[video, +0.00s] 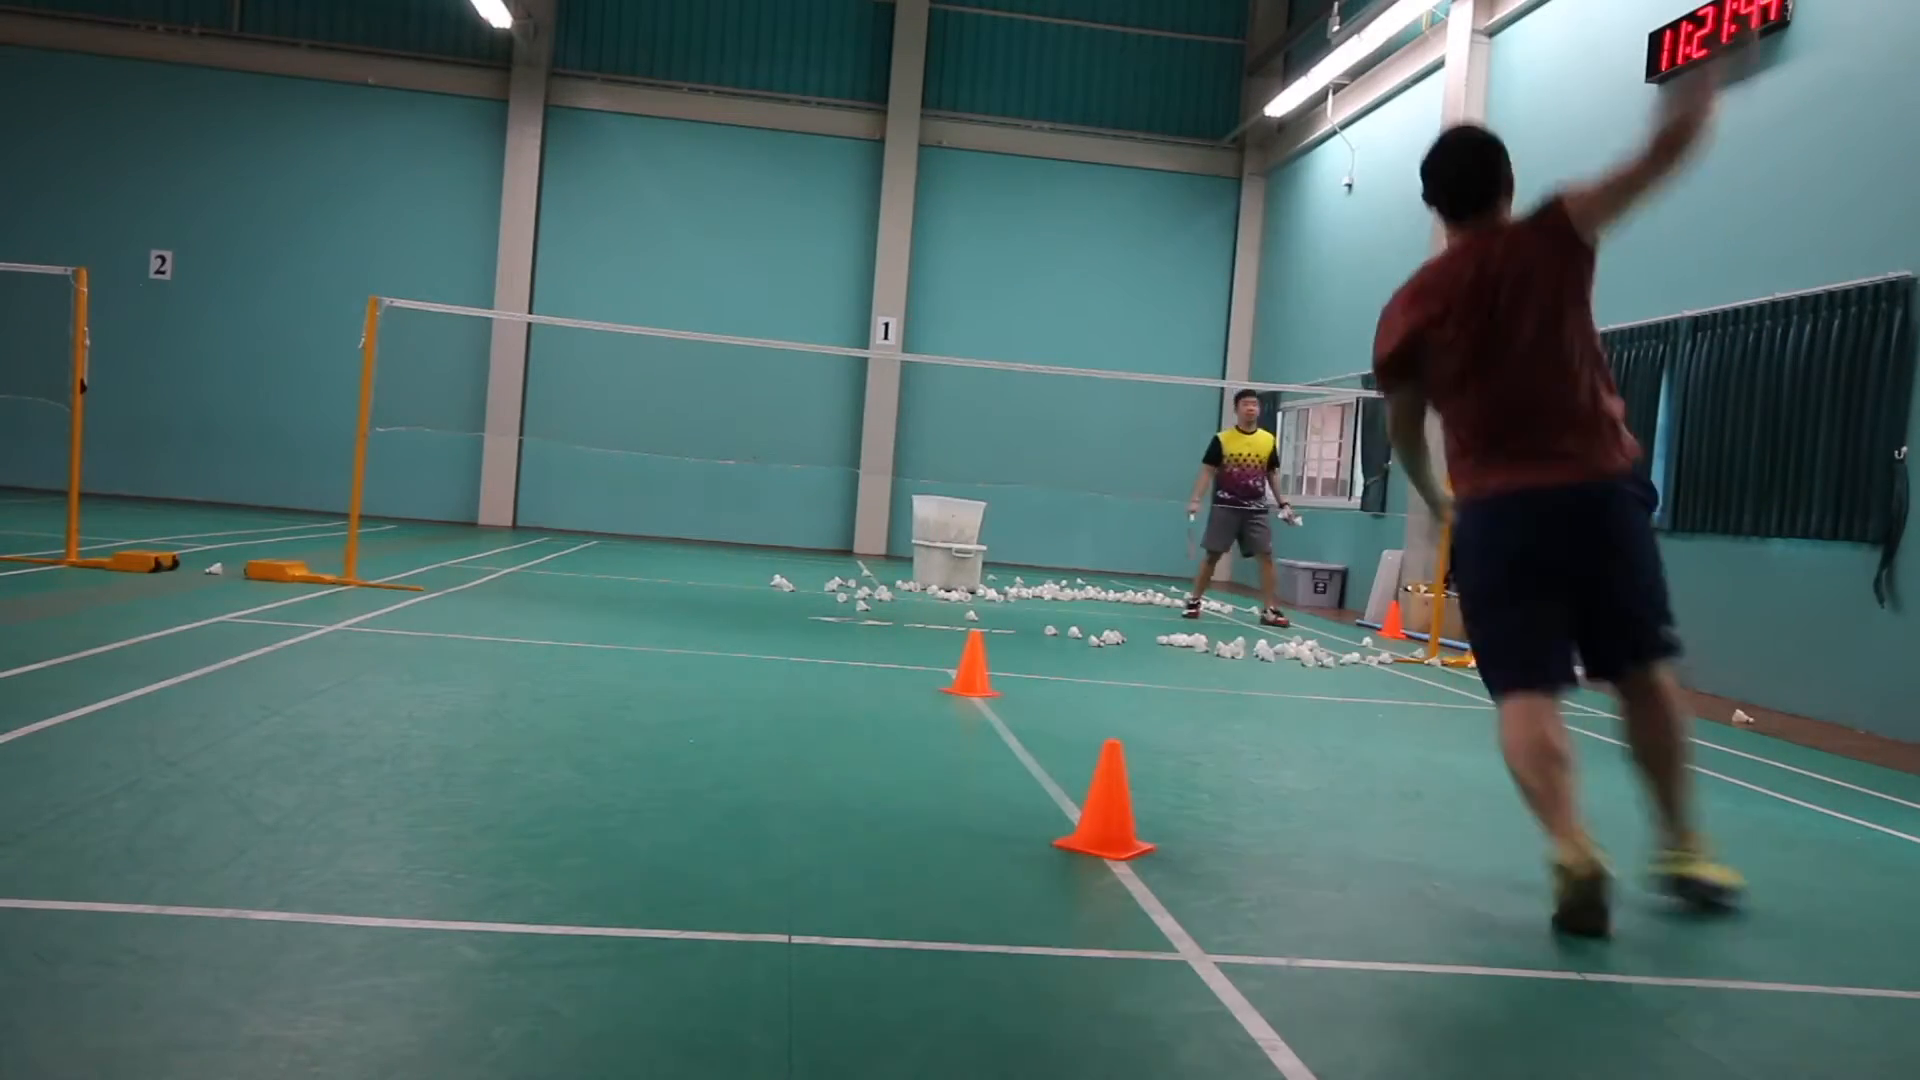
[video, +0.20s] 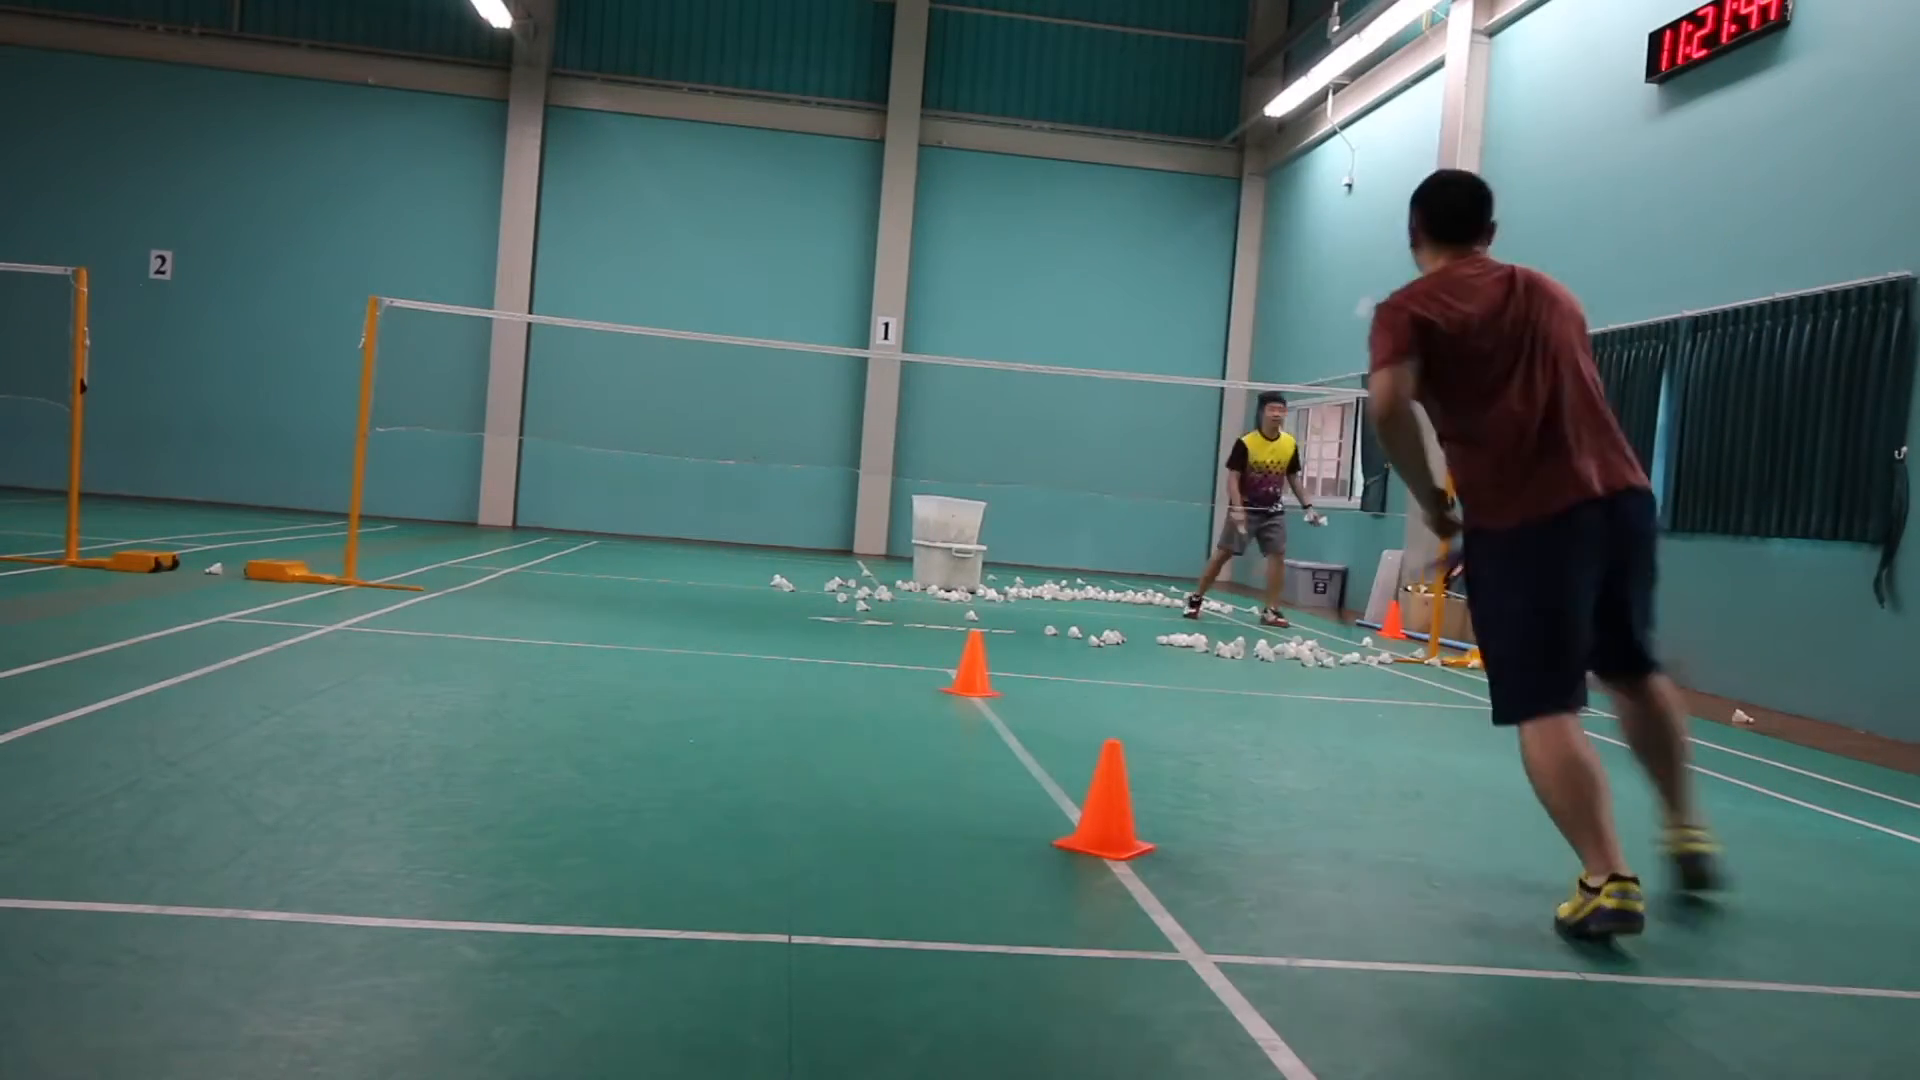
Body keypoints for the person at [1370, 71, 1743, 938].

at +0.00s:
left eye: (1448, 189)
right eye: (1497, 178)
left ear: (1433, 205)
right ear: (1510, 185)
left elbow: (1406, 429)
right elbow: (1659, 156)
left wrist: (1438, 500)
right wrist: (1695, 102)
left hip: (1494, 515)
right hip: (1600, 500)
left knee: (1525, 690)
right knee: (1643, 672)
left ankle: (1570, 847)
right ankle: (1681, 849)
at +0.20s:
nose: (1414, 247)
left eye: (1412, 236)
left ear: (1417, 235)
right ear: (1490, 233)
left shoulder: (1409, 307)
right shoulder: (1550, 293)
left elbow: (1389, 405)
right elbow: (1579, 398)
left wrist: (1434, 501)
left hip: (1521, 526)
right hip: (1621, 506)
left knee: (1545, 708)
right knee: (1631, 665)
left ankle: (1610, 879)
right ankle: (1687, 828)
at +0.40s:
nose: (1369, 312)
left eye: (1370, 302)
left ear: (1374, 302)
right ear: (1438, 302)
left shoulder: (1357, 357)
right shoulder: (1488, 359)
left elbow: (1285, 450)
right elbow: (1545, 461)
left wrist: (1311, 540)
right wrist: (1505, 516)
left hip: (1425, 543)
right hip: (1509, 536)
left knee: (1466, 702)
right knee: (1446, 668)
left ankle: (1585, 830)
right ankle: (1460, 808)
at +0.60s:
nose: (1218, 267)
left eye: (1219, 257)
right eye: (1228, 259)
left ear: (1226, 256)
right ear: (1276, 260)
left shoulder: (1223, 299)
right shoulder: (1310, 320)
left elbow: (1216, 351)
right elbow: (1320, 409)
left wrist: (1202, 456)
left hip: (1259, 493)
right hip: (1331, 493)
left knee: (1183, 600)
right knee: (1334, 616)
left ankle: (1193, 739)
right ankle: (1431, 748)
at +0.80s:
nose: (1041, 296)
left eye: (1045, 287)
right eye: (1044, 286)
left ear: (1056, 291)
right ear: (1088, 292)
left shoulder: (1089, 339)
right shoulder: (1089, 343)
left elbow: (1100, 419)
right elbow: (1044, 431)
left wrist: (1072, 507)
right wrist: (984, 481)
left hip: (1134, 510)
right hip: (1124, 505)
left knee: (1074, 629)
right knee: (1061, 585)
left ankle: (1169, 722)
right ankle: (1007, 677)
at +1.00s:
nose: (929, 343)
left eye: (928, 333)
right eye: (928, 334)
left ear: (935, 326)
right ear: (973, 320)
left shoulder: (970, 350)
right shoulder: (989, 354)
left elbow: (1023, 399)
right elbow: (984, 460)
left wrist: (1049, 466)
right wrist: (949, 520)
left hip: (1017, 505)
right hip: (995, 502)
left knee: (961, 619)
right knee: (938, 566)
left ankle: (1068, 678)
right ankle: (938, 685)